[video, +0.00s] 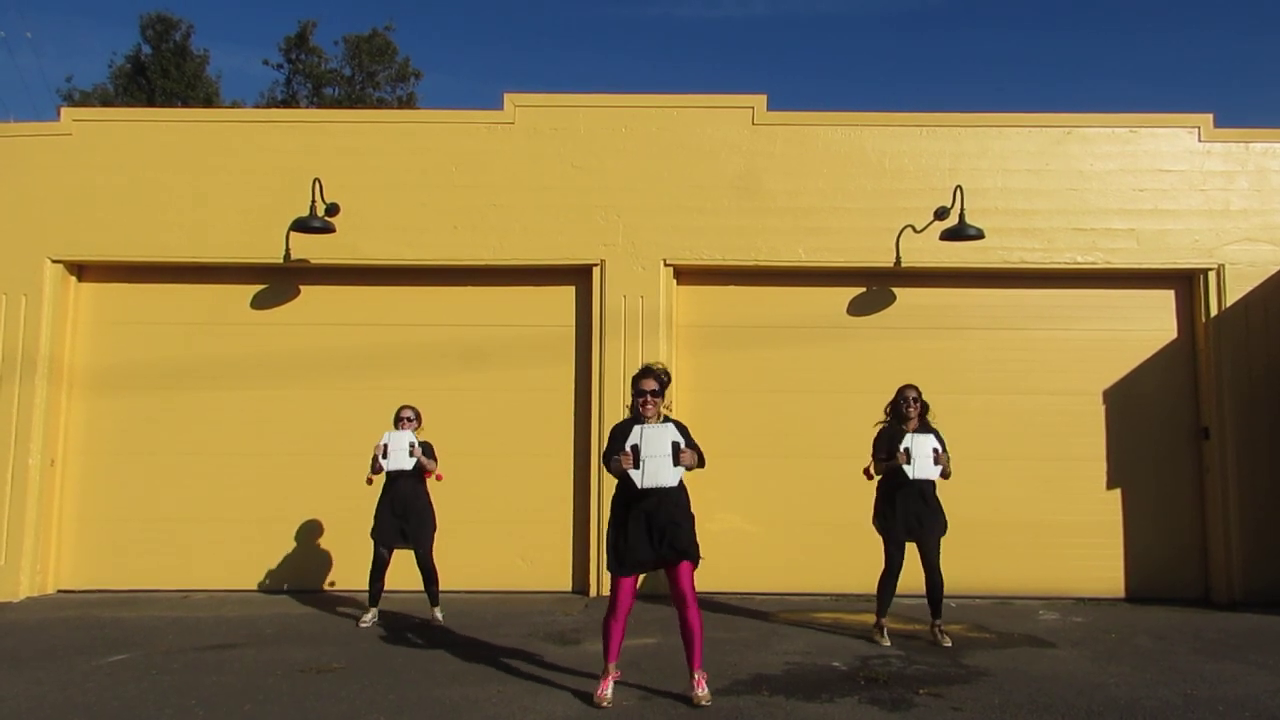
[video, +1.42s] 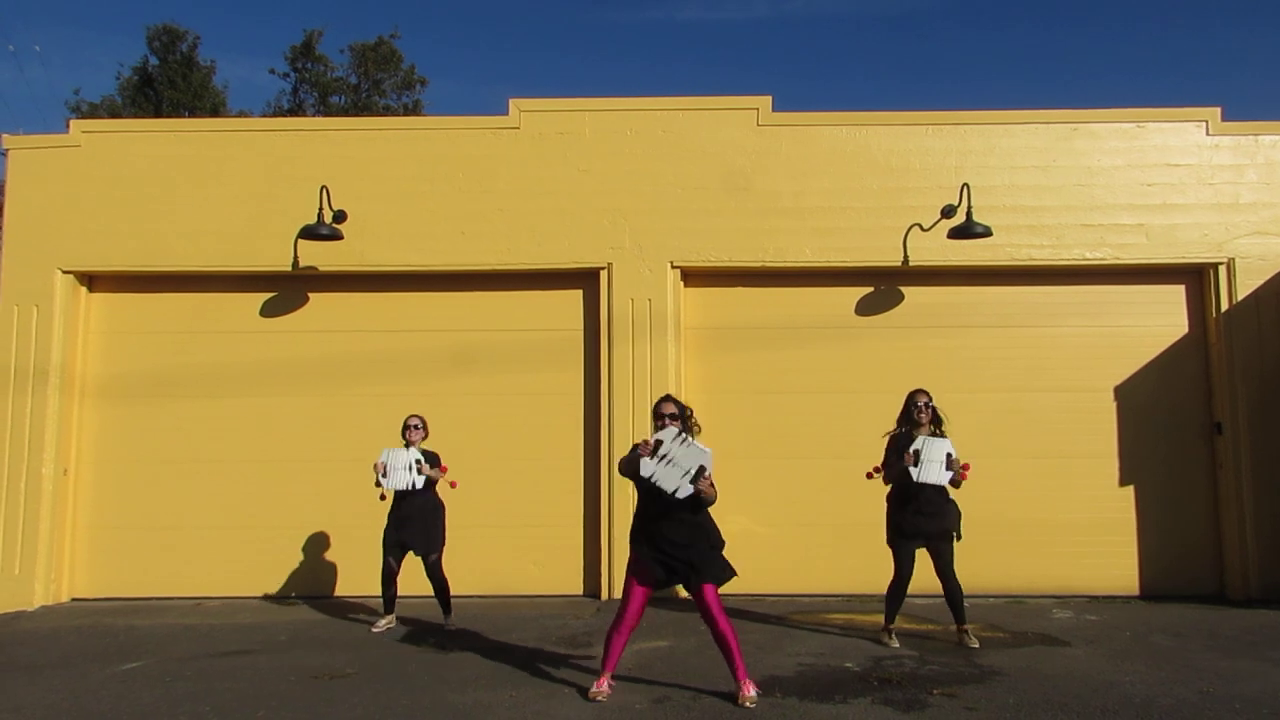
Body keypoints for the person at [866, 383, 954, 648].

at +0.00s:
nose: (910, 404)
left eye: (915, 400)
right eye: (904, 401)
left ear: (921, 404)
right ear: (896, 405)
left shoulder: (932, 434)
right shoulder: (886, 434)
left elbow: (945, 475)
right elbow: (876, 469)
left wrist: (943, 463)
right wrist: (894, 462)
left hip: (925, 505)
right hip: (893, 507)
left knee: (933, 566)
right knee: (893, 565)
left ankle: (936, 625)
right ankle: (880, 624)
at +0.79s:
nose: (921, 408)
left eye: (925, 404)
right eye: (915, 405)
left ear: (932, 407)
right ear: (907, 409)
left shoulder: (943, 438)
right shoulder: (901, 438)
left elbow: (958, 474)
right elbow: (893, 475)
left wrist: (964, 460)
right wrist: (909, 468)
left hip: (940, 515)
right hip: (908, 516)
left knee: (949, 574)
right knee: (898, 572)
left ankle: (958, 632)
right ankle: (878, 628)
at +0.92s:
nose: (924, 392)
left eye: (927, 387)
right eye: (918, 389)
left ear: (934, 392)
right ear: (909, 397)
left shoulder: (949, 421)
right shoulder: (903, 425)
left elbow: (980, 442)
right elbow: (896, 462)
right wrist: (895, 480)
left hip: (942, 501)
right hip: (908, 502)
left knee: (949, 563)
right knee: (899, 556)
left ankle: (954, 626)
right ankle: (869, 598)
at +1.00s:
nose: (927, 394)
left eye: (930, 390)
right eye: (921, 392)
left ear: (936, 395)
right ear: (912, 400)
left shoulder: (951, 421)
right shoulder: (907, 428)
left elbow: (992, 423)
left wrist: (1006, 404)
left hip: (945, 504)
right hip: (912, 504)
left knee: (951, 567)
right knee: (901, 561)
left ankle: (951, 628)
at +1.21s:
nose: (927, 395)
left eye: (930, 390)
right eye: (920, 392)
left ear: (936, 396)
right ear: (911, 399)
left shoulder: (949, 422)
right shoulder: (904, 430)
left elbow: (985, 419)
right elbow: (893, 465)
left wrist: (1006, 406)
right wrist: (892, 486)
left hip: (943, 506)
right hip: (910, 506)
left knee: (946, 566)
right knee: (904, 561)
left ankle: (953, 629)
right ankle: (877, 552)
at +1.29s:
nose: (925, 397)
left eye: (929, 393)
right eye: (919, 394)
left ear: (935, 398)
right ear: (909, 400)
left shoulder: (947, 423)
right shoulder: (900, 428)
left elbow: (980, 436)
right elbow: (890, 467)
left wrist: (985, 433)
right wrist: (906, 473)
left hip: (942, 502)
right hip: (907, 503)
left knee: (949, 565)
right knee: (902, 562)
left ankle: (959, 624)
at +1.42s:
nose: (922, 410)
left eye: (926, 406)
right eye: (916, 406)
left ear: (933, 410)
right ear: (908, 410)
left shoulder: (942, 441)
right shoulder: (899, 439)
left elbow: (956, 482)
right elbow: (887, 478)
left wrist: (955, 470)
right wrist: (904, 463)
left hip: (937, 513)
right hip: (904, 513)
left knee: (947, 573)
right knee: (903, 573)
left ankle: (963, 629)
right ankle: (888, 629)